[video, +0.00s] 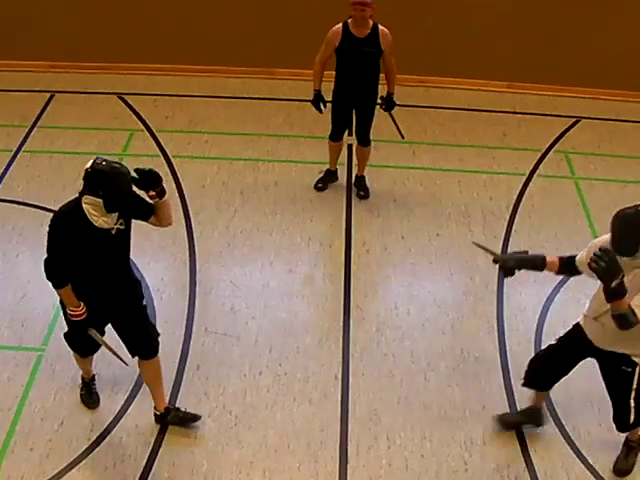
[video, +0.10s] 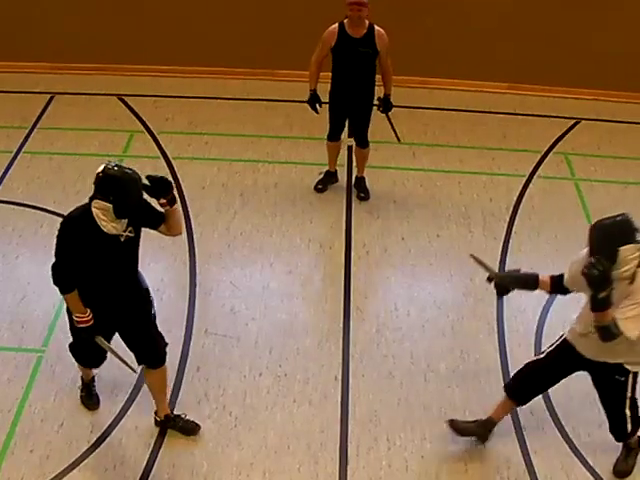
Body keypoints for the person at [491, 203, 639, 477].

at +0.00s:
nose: (618, 253)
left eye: (625, 252)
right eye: (615, 245)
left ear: (638, 251)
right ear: (614, 235)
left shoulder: (639, 275)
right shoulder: (607, 246)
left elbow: (628, 325)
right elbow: (573, 264)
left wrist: (614, 284)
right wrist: (523, 260)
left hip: (626, 352)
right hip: (589, 331)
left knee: (628, 415)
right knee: (543, 366)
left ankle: (634, 440)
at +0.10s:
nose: (591, 257)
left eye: (596, 254)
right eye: (592, 251)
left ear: (618, 256)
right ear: (597, 251)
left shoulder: (638, 287)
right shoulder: (596, 262)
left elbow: (612, 340)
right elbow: (563, 283)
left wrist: (601, 294)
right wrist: (518, 280)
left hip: (620, 361)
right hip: (579, 343)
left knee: (623, 421)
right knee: (531, 377)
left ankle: (631, 443)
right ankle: (487, 424)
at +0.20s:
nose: (569, 267)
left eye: (573, 262)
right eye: (569, 262)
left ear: (593, 259)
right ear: (574, 262)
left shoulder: (620, 287)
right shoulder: (579, 277)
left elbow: (589, 345)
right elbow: (552, 299)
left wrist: (575, 302)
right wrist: (510, 301)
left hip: (598, 367)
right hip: (559, 354)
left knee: (612, 429)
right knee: (510, 391)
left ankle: (630, 444)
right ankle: (464, 442)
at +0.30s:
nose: (536, 269)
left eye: (541, 263)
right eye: (536, 263)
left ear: (561, 263)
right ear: (544, 265)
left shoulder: (588, 288)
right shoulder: (548, 279)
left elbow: (560, 347)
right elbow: (532, 309)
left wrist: (540, 306)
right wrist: (490, 321)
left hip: (571, 369)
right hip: (534, 355)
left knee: (593, 426)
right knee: (478, 391)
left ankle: (624, 440)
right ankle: (450, 445)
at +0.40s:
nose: (514, 274)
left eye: (519, 268)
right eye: (513, 269)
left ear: (538, 259)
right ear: (513, 265)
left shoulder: (562, 284)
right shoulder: (515, 275)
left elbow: (524, 340)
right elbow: (503, 315)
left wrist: (501, 297)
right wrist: (473, 336)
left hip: (550, 365)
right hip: (511, 353)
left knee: (577, 425)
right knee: (458, 396)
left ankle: (608, 437)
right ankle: (448, 446)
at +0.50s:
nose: (510, 275)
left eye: (512, 269)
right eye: (503, 270)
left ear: (522, 256)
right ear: (491, 265)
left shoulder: (544, 278)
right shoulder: (491, 272)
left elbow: (510, 335)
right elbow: (487, 313)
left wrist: (478, 299)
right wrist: (461, 338)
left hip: (540, 360)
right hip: (499, 349)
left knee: (555, 424)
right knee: (454, 394)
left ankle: (574, 437)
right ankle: (448, 446)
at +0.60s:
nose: (492, 270)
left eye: (494, 264)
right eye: (487, 265)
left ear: (508, 252)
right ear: (484, 261)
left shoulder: (535, 272)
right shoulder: (487, 271)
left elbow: (512, 334)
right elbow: (477, 310)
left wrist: (474, 305)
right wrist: (449, 328)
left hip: (536, 354)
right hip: (497, 344)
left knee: (531, 408)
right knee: (459, 390)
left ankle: (541, 438)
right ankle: (450, 445)